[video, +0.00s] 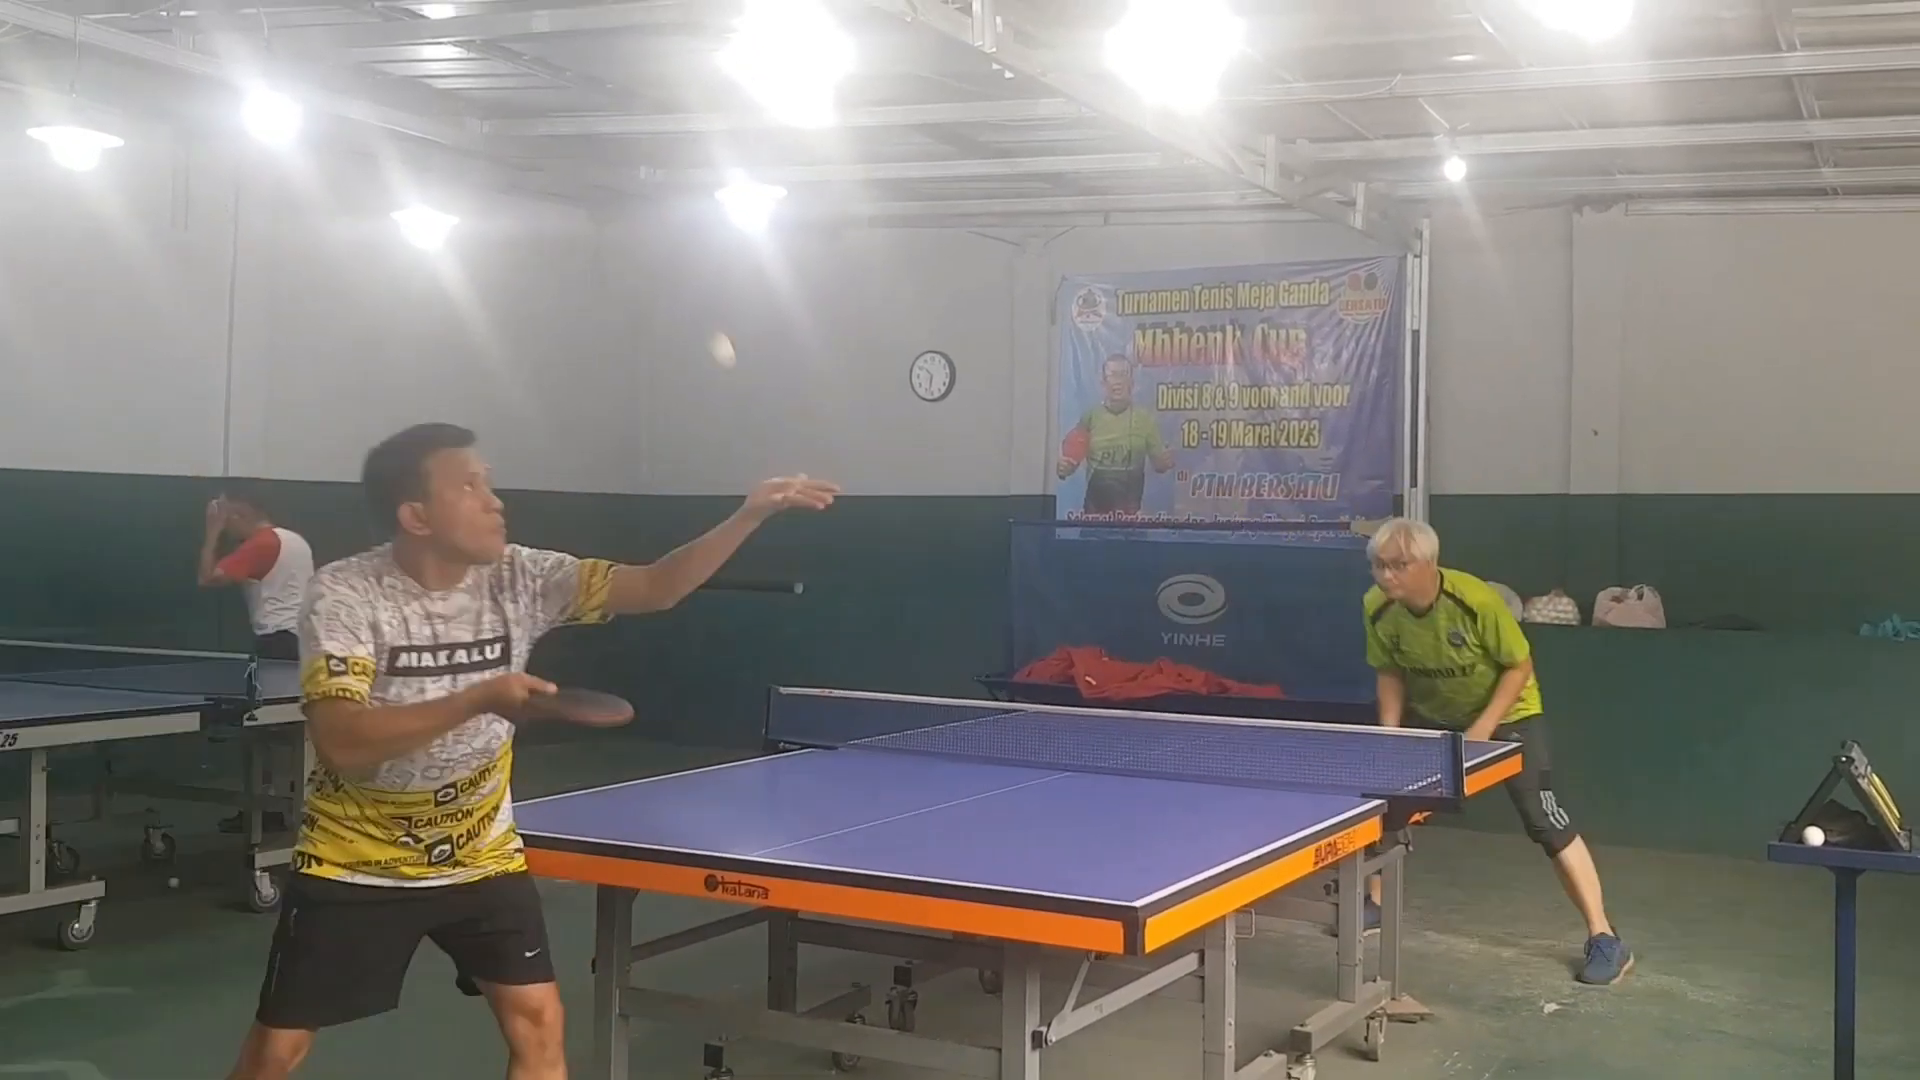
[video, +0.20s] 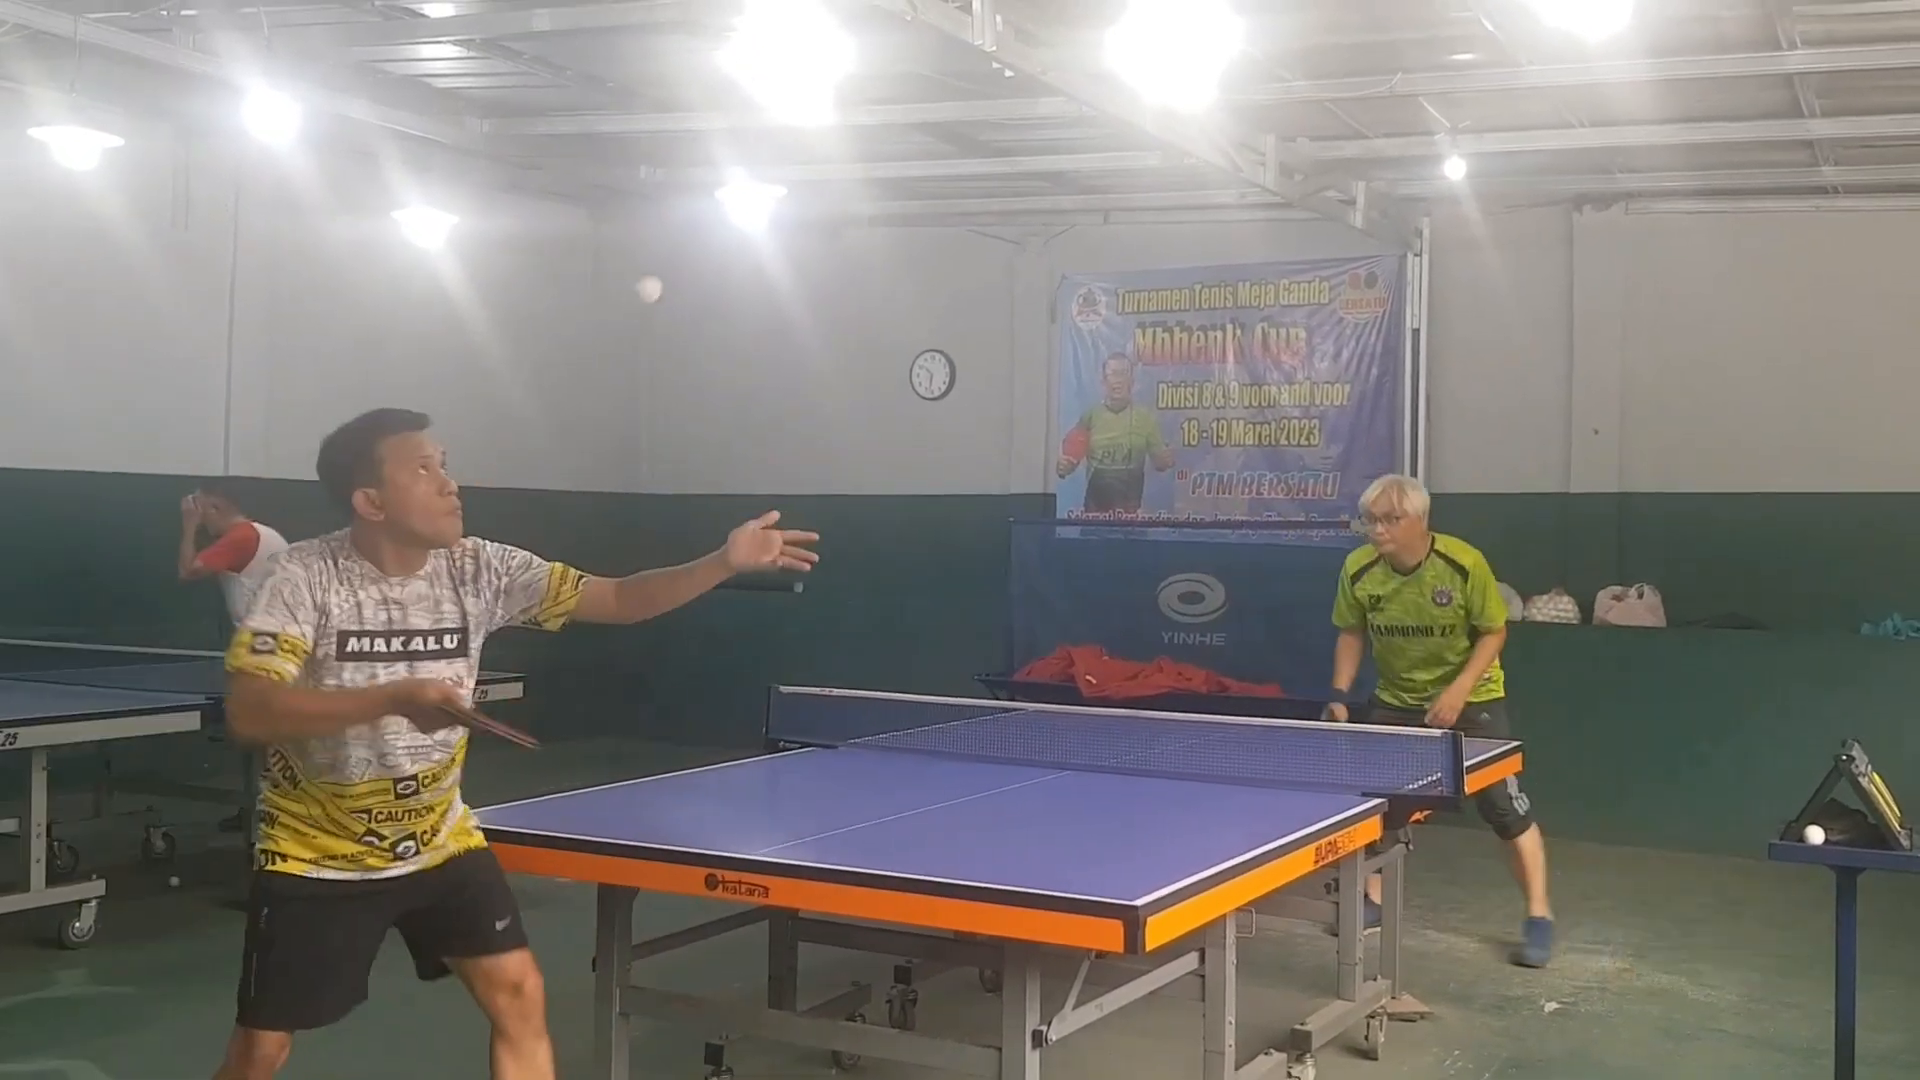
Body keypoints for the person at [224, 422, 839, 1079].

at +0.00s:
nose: (496, 499)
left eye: (490, 484)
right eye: (474, 488)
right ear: (414, 516)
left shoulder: (520, 578)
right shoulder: (348, 591)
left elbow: (654, 585)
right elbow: (340, 741)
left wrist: (753, 512)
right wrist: (477, 699)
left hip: (481, 852)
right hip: (356, 857)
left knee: (537, 1021)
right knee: (275, 1049)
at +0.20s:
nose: (451, 482)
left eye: (444, 466)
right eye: (425, 470)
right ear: (368, 502)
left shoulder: (479, 570)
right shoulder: (296, 578)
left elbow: (620, 597)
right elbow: (249, 713)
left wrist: (725, 561)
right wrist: (395, 698)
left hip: (436, 836)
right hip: (312, 848)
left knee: (519, 993)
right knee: (260, 1051)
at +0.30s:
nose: (457, 484)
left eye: (453, 467)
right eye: (435, 471)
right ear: (373, 502)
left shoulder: (482, 571)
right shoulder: (297, 565)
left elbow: (618, 602)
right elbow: (208, 660)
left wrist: (727, 563)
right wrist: (360, 653)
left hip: (426, 826)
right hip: (306, 842)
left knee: (534, 963)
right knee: (256, 1044)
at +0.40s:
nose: (487, 508)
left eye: (484, 489)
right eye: (467, 493)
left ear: (481, 500)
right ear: (403, 514)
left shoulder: (510, 581)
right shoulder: (326, 560)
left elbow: (643, 608)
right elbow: (191, 597)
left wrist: (743, 557)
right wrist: (320, 600)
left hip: (434, 828)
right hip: (316, 843)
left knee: (541, 962)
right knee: (257, 1050)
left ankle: (426, 1058)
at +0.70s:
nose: (678, 622)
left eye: (684, 607)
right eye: (674, 603)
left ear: (626, 600)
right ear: (626, 595)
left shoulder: (619, 671)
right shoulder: (505, 604)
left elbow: (704, 710)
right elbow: (377, 677)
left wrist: (702, 592)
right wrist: (490, 608)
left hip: (506, 893)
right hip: (401, 888)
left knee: (611, 1034)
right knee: (353, 1070)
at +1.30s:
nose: (586, 556)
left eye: (587, 539)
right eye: (583, 538)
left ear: (537, 540)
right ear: (543, 540)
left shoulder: (499, 619)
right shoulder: (427, 599)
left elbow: (516, 729)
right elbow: (411, 738)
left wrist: (604, 729)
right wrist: (572, 729)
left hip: (409, 878)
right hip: (331, 887)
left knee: (497, 1010)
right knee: (345, 1068)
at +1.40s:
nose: (579, 551)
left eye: (577, 534)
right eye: (575, 533)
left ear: (529, 539)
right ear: (532, 537)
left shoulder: (494, 615)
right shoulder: (421, 608)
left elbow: (504, 718)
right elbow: (414, 753)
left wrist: (591, 741)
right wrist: (575, 742)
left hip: (406, 879)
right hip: (330, 887)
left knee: (470, 1022)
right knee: (349, 1068)